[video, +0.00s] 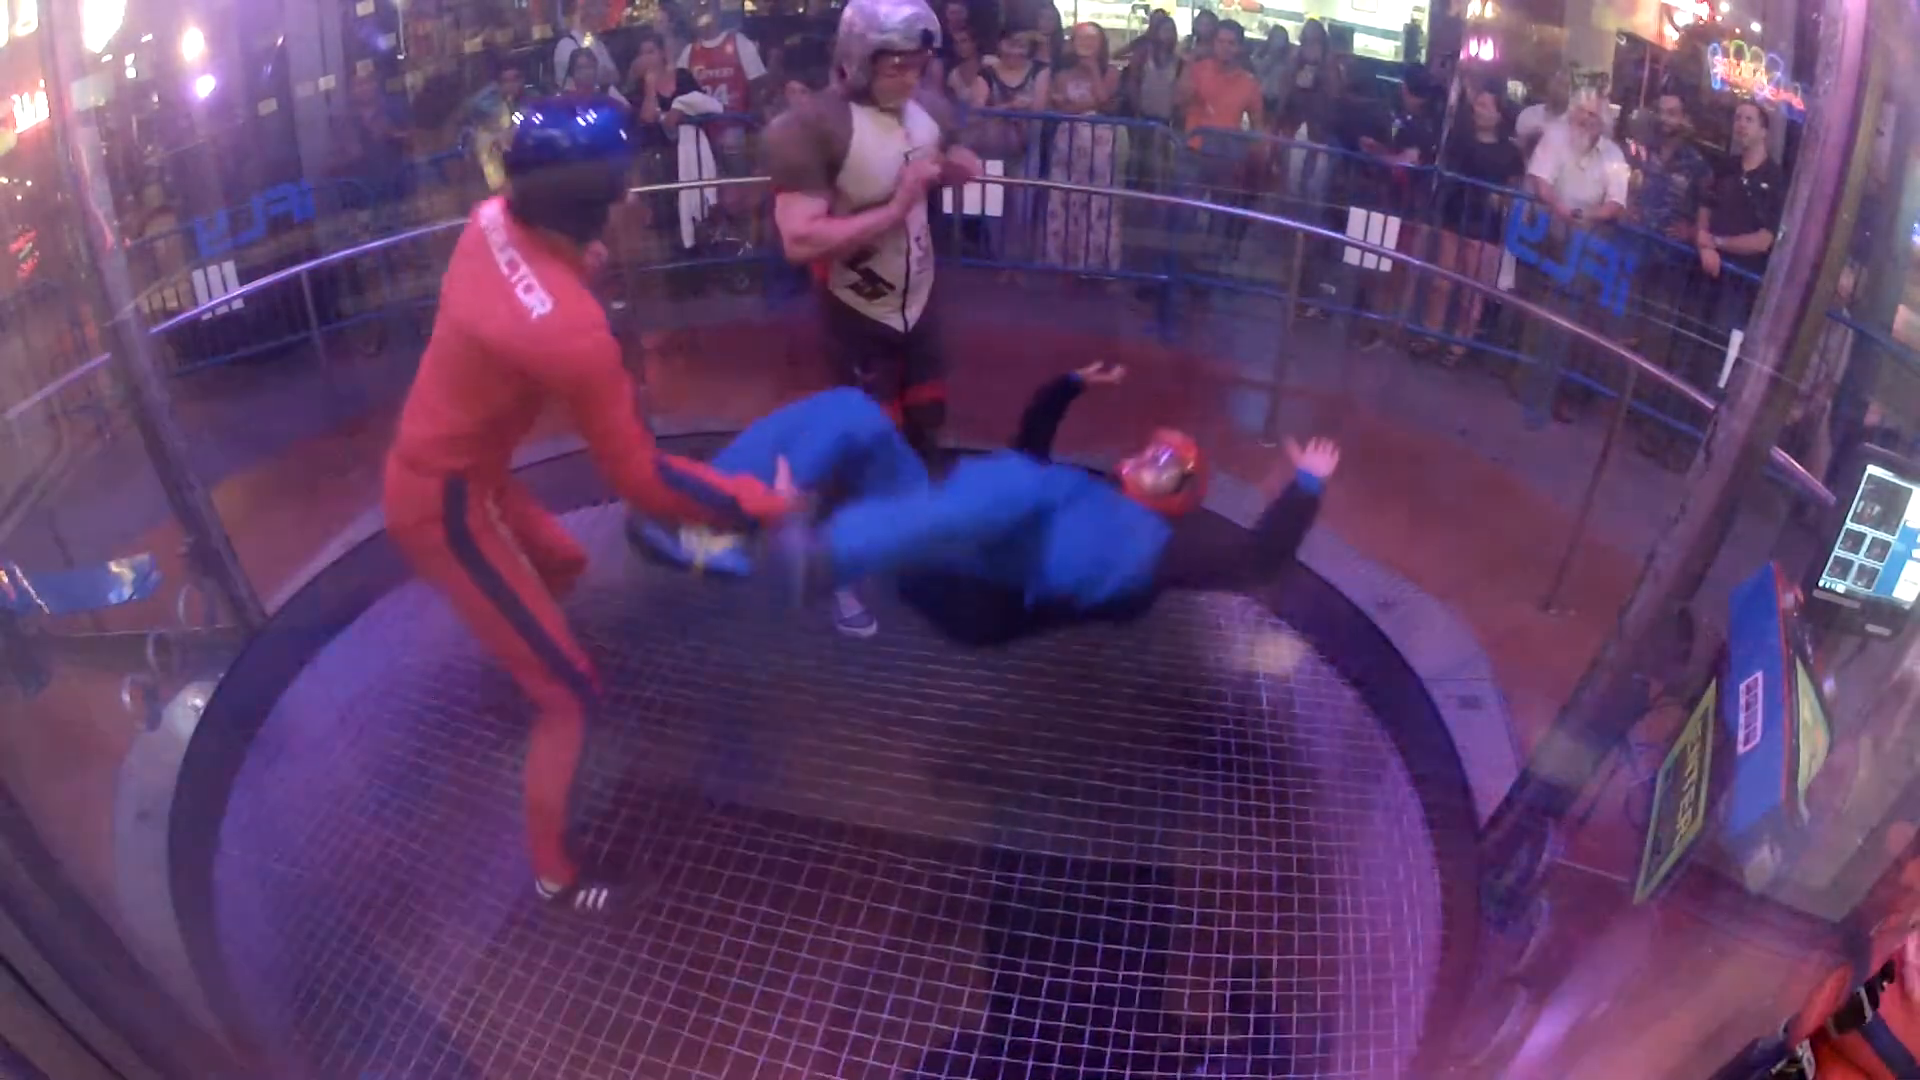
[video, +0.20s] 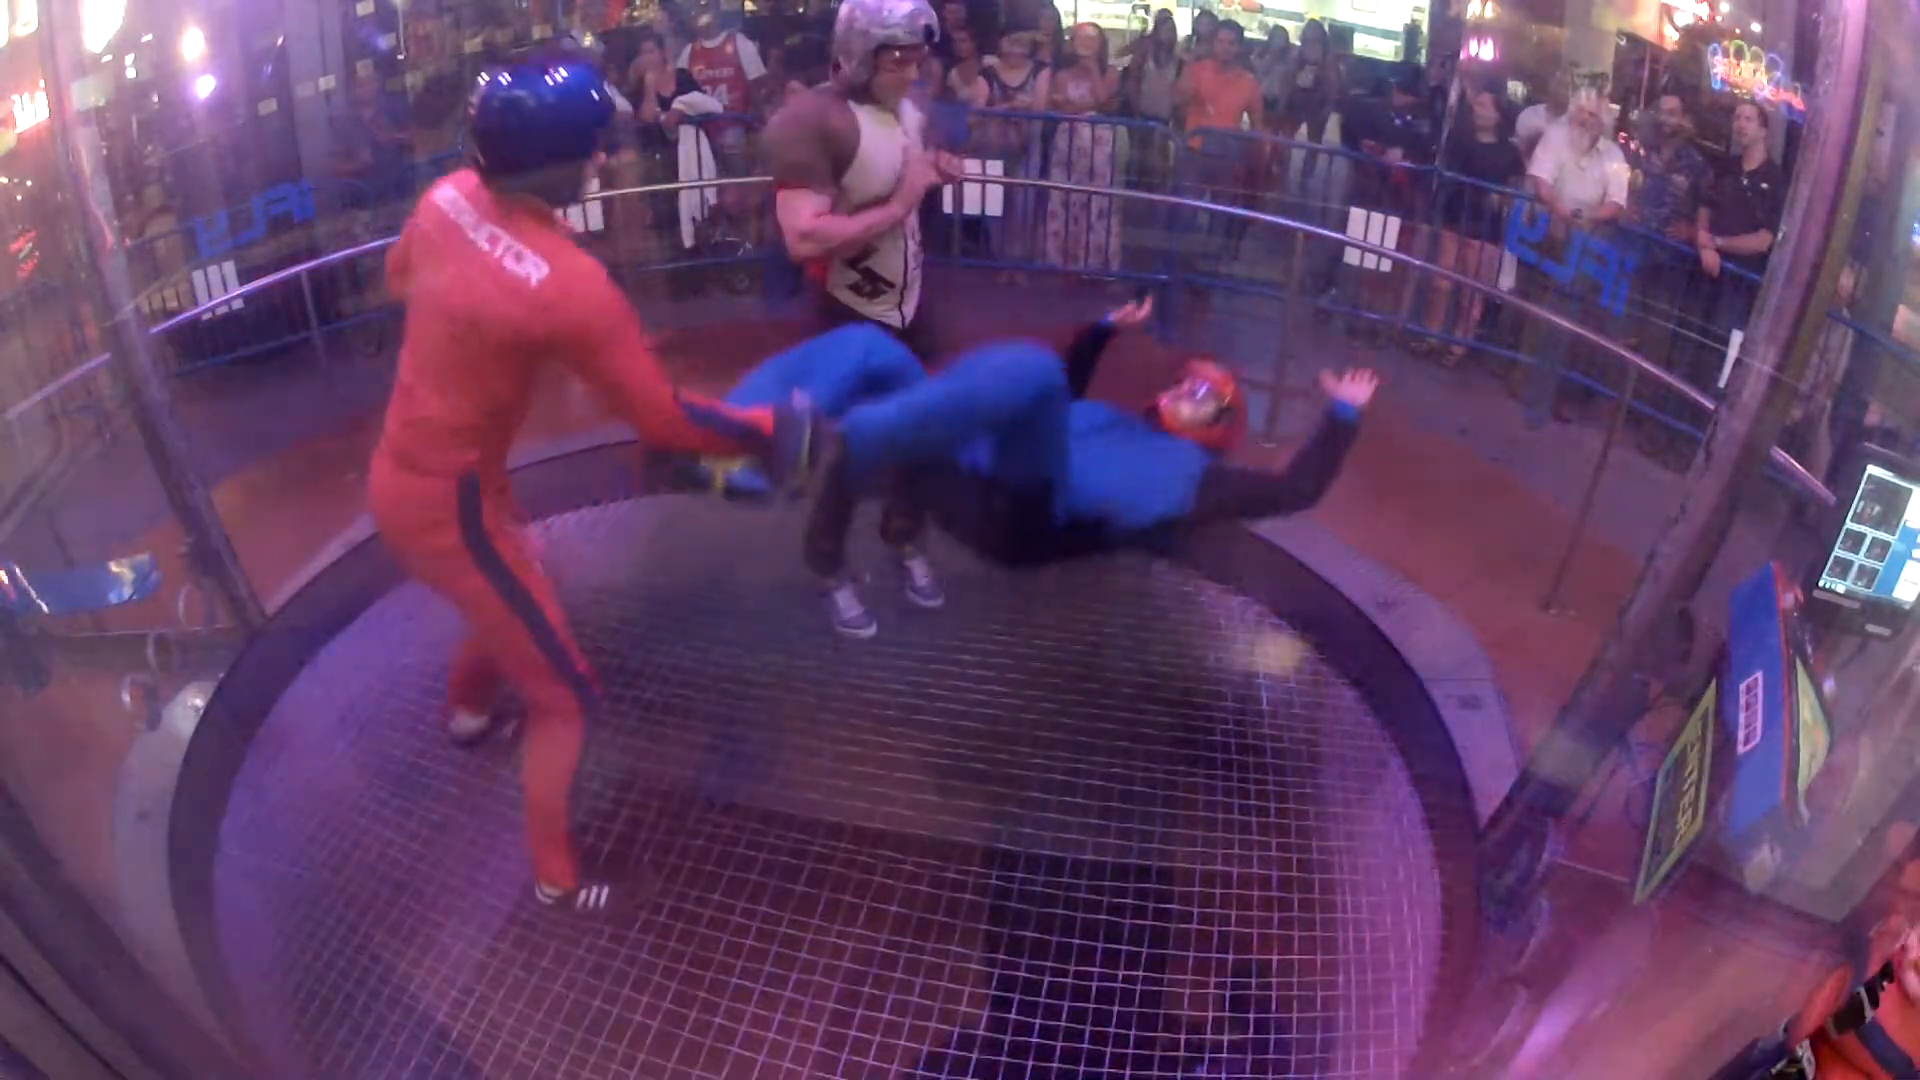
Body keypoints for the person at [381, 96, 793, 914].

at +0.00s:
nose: (624, 202)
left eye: (620, 188)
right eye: (617, 191)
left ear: (530, 184)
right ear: (594, 207)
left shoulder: (491, 222)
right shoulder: (571, 328)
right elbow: (636, 475)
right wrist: (752, 502)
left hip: (451, 464)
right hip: (445, 500)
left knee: (563, 561)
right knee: (566, 690)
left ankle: (506, 658)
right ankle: (551, 874)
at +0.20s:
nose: (599, 165)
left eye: (597, 150)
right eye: (591, 152)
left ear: (496, 148)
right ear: (563, 167)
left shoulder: (447, 200)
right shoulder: (570, 286)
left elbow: (397, 281)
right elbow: (662, 419)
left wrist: (491, 263)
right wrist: (765, 427)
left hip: (408, 474)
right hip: (454, 506)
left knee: (520, 592)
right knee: (561, 699)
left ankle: (470, 708)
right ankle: (556, 883)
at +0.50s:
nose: (546, 126)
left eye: (543, 109)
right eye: (536, 111)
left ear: (441, 117)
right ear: (505, 123)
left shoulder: (388, 205)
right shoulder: (531, 222)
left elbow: (334, 308)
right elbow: (690, 329)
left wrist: (429, 290)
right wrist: (790, 281)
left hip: (416, 487)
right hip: (490, 499)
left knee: (514, 619)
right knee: (556, 706)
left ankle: (469, 759)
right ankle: (556, 882)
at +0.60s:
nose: (526, 122)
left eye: (523, 105)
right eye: (510, 108)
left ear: (431, 123)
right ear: (462, 121)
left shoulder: (390, 211)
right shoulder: (503, 220)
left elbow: (336, 321)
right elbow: (642, 340)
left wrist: (440, 318)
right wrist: (705, 246)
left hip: (428, 493)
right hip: (498, 499)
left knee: (516, 631)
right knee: (553, 704)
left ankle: (471, 774)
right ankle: (559, 881)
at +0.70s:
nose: (512, 121)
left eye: (509, 104)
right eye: (494, 107)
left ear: (414, 129)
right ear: (441, 122)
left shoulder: (390, 221)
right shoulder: (480, 230)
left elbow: (370, 337)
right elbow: (572, 381)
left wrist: (482, 292)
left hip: (438, 489)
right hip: (496, 499)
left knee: (526, 642)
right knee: (555, 704)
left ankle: (469, 788)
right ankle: (558, 880)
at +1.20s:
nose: (461, 125)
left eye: (458, 107)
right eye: (441, 112)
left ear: (398, 129)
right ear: (391, 127)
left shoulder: (410, 211)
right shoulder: (381, 243)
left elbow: (449, 360)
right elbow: (427, 447)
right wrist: (494, 342)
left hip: (475, 495)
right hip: (446, 519)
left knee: (496, 680)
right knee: (533, 709)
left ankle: (473, 837)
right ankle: (557, 887)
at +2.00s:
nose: (397, 131)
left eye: (395, 112)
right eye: (373, 119)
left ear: (390, 121)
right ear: (317, 141)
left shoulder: (391, 211)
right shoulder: (298, 263)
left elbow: (413, 320)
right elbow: (357, 456)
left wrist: (456, 294)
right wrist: (446, 323)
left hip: (423, 519)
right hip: (364, 549)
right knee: (482, 774)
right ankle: (468, 984)